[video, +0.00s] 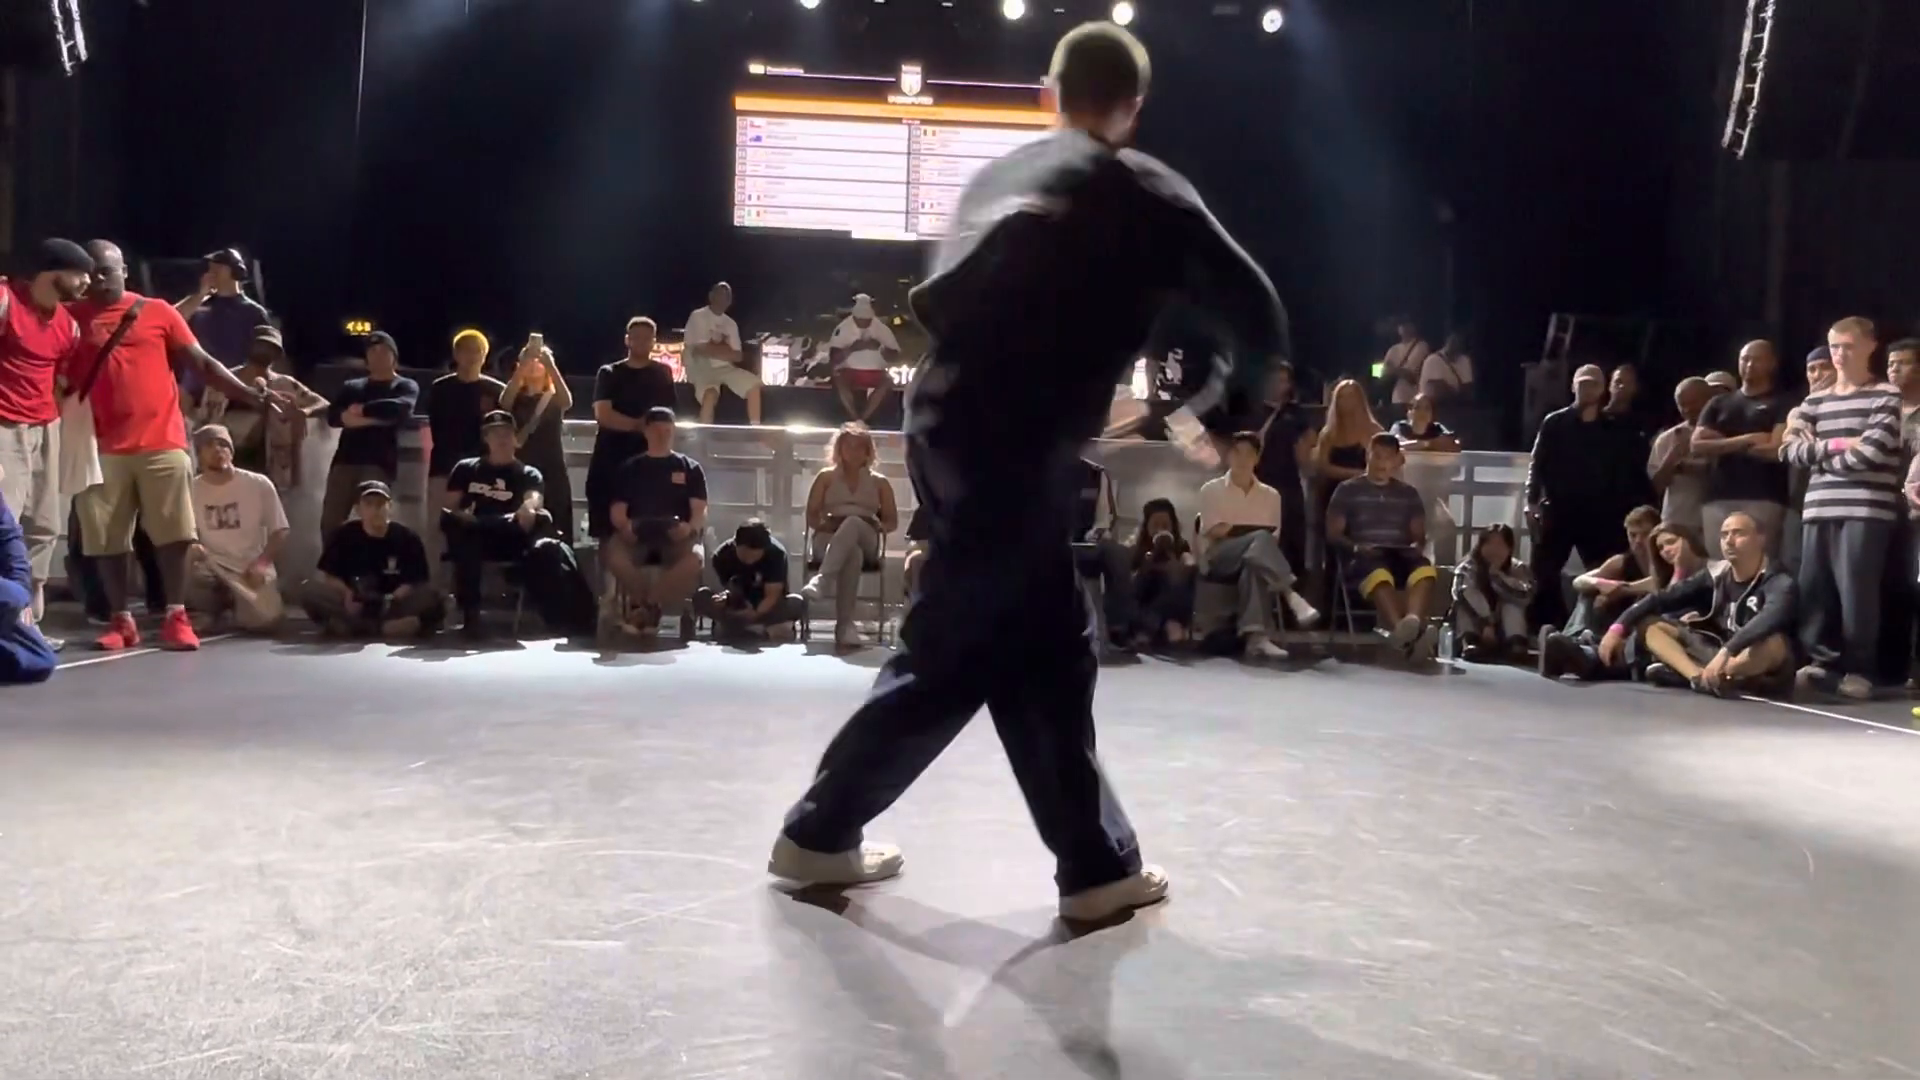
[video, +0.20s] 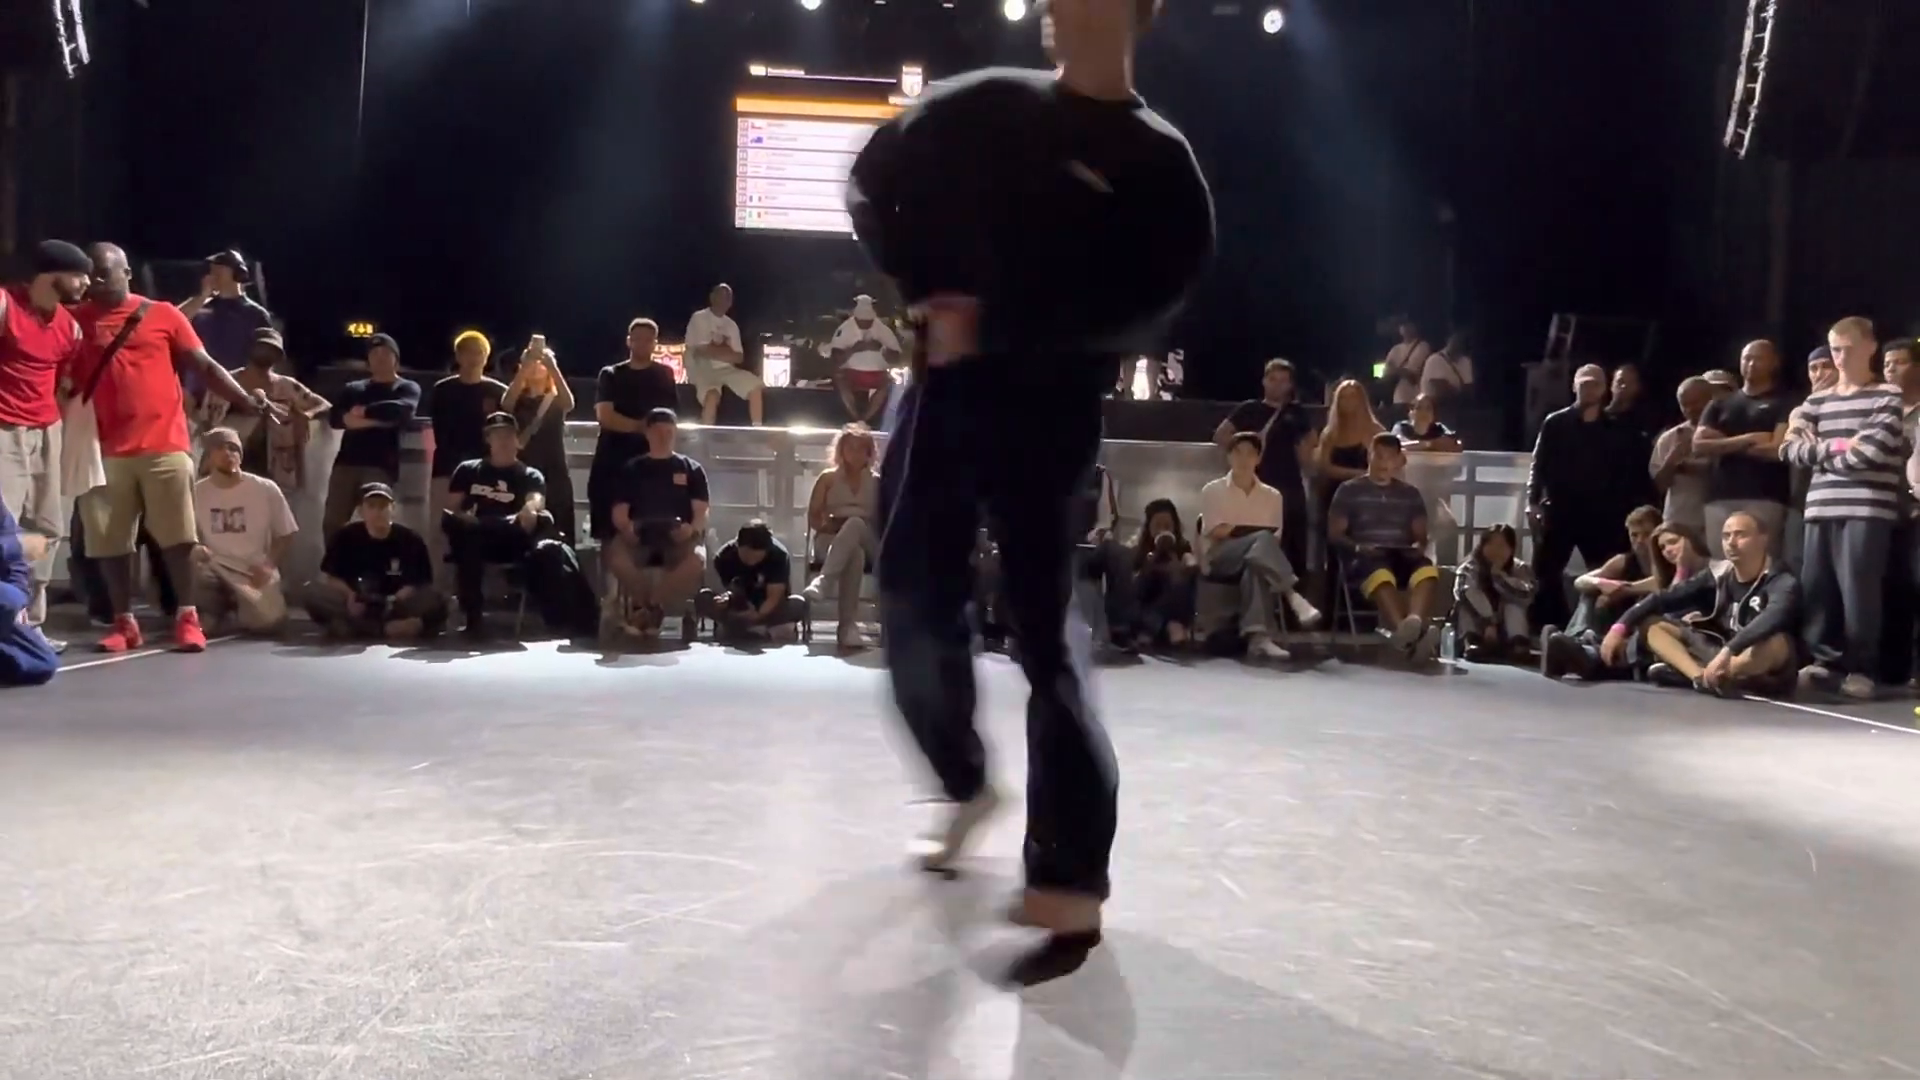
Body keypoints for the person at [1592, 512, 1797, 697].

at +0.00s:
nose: (1729, 541)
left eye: (1738, 534)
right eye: (1725, 535)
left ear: (1760, 539)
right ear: (1719, 541)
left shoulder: (1779, 582)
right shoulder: (1716, 575)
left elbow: (1774, 616)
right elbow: (1663, 599)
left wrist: (1727, 650)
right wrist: (1618, 629)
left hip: (1762, 667)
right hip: (1719, 654)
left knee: (1774, 644)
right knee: (1653, 630)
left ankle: (1701, 679)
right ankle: (1699, 678)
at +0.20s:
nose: (1731, 542)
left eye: (1740, 535)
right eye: (1727, 536)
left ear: (1762, 539)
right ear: (1721, 541)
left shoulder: (1782, 582)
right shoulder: (1718, 575)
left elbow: (1774, 617)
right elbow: (1665, 599)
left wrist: (1729, 650)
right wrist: (1620, 628)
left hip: (1765, 666)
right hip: (1721, 654)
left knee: (1776, 643)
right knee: (1654, 629)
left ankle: (1703, 679)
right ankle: (1701, 678)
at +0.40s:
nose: (1734, 540)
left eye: (1744, 534)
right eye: (1730, 535)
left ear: (1766, 539)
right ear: (1725, 540)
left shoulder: (1785, 582)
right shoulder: (1722, 573)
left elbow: (1773, 619)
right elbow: (1669, 598)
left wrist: (1731, 651)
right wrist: (1622, 628)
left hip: (1766, 668)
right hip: (1723, 654)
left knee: (1780, 643)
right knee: (1657, 630)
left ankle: (1703, 679)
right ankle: (1704, 678)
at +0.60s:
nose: (1736, 541)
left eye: (1745, 534)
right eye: (1732, 535)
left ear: (1767, 538)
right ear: (1727, 540)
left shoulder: (1788, 581)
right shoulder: (1725, 573)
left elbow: (1778, 618)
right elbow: (1673, 597)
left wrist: (1735, 650)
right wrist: (1626, 626)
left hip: (1769, 665)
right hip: (1727, 652)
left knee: (1784, 642)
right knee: (1661, 629)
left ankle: (1710, 677)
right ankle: (1707, 677)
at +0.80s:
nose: (1740, 541)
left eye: (1750, 534)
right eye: (1736, 535)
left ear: (1771, 539)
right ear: (1731, 541)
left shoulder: (1791, 583)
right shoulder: (1728, 574)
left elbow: (1781, 620)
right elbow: (1675, 598)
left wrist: (1738, 652)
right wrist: (1628, 629)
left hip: (1772, 666)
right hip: (1729, 654)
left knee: (1787, 643)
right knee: (1663, 630)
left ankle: (1712, 678)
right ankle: (1709, 678)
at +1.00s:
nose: (1743, 543)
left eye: (1752, 536)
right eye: (1739, 537)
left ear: (1774, 541)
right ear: (1733, 542)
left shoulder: (1794, 583)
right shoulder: (1731, 575)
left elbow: (1784, 620)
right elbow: (1678, 598)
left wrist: (1741, 654)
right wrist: (1631, 629)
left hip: (1776, 669)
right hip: (1733, 656)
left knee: (1789, 645)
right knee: (1665, 630)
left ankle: (1716, 679)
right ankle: (1711, 679)